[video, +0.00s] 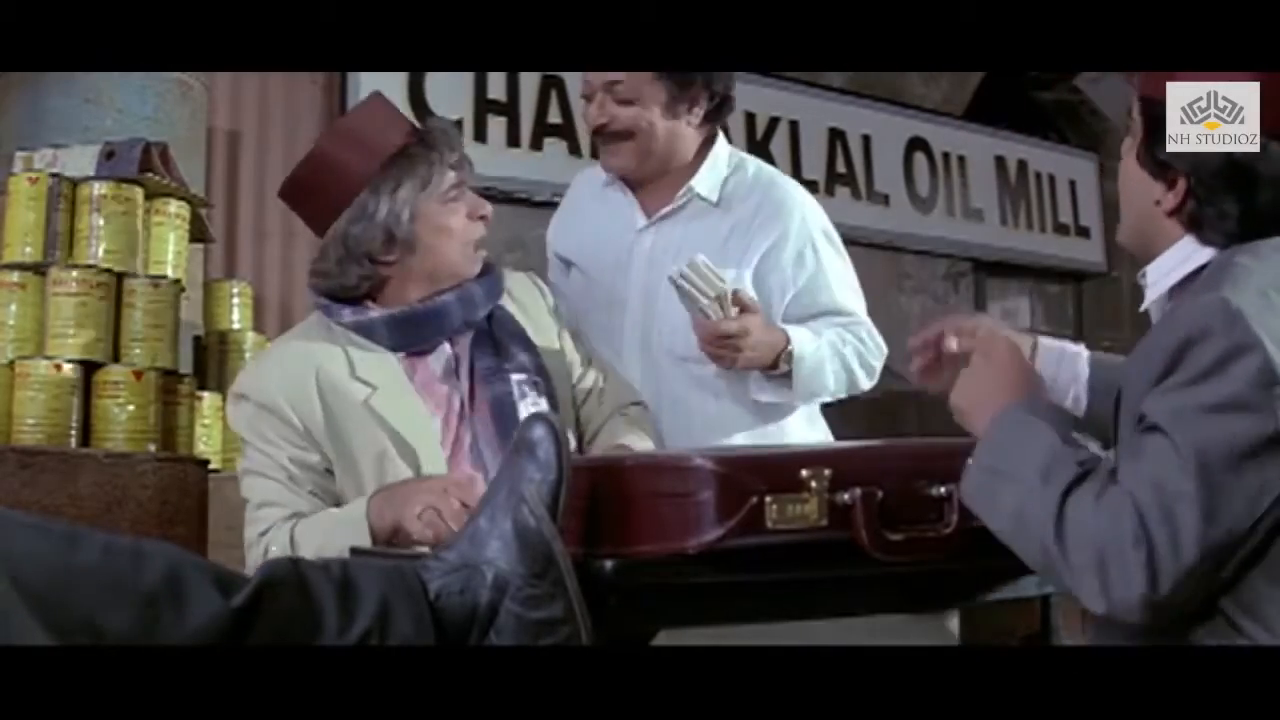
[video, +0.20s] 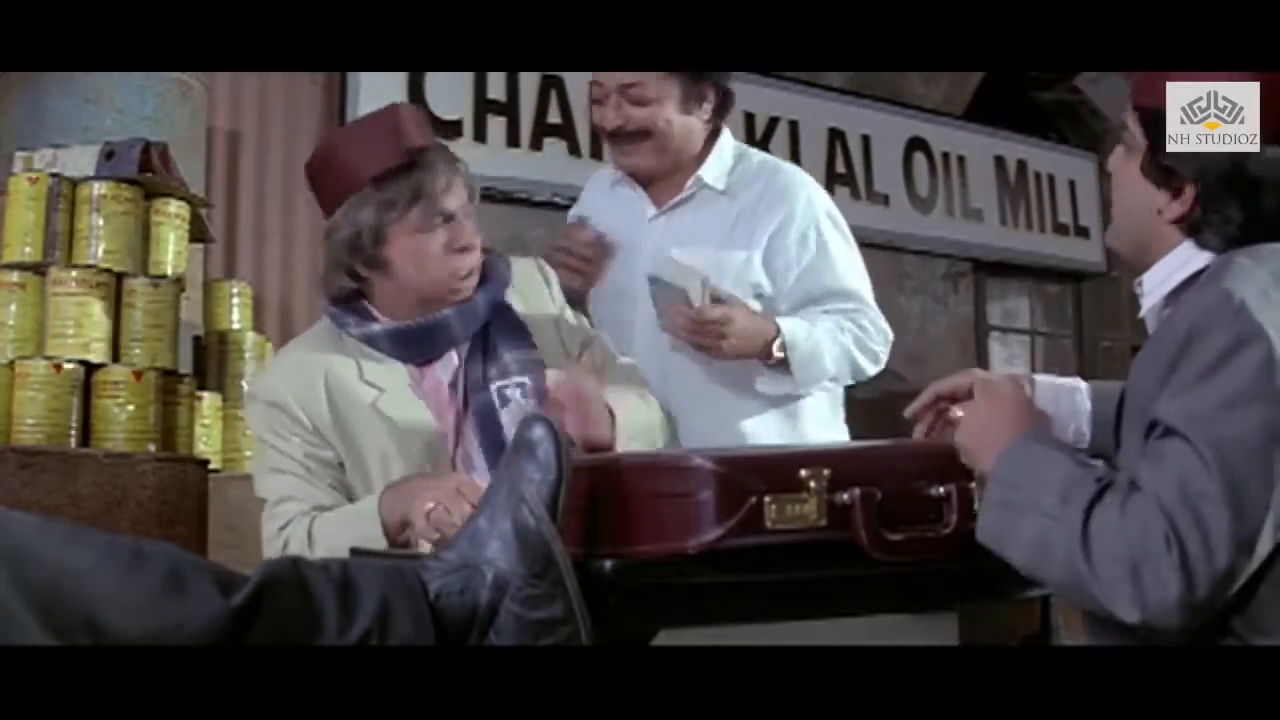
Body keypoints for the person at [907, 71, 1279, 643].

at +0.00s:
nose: (1120, 155)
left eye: (1131, 139)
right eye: (1129, 137)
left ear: (1171, 188)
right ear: (1172, 187)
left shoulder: (1236, 322)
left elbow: (1134, 562)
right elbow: (1182, 412)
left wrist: (1008, 420)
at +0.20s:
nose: (1109, 162)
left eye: (1126, 144)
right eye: (1121, 141)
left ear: (1177, 194)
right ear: (1175, 192)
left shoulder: (1239, 313)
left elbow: (1166, 568)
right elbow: (1190, 420)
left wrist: (1015, 455)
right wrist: (1037, 403)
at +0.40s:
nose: (1113, 171)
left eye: (1133, 151)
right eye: (1123, 148)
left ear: (1190, 193)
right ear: (1190, 195)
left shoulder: (1246, 313)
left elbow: (1168, 568)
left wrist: (1018, 458)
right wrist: (1040, 412)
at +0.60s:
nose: (1121, 160)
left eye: (1136, 141)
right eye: (1131, 138)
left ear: (1183, 190)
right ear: (1183, 187)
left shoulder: (1249, 317)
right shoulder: (1232, 298)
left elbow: (1168, 579)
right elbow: (1196, 427)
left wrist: (1020, 461)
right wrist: (1046, 415)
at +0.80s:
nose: (1124, 156)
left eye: (1138, 138)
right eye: (1133, 134)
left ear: (1186, 189)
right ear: (1186, 187)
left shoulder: (1251, 320)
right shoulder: (1236, 300)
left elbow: (1176, 589)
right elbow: (1205, 425)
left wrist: (1027, 471)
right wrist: (1052, 416)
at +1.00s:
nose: (1120, 159)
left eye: (1136, 140)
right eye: (1130, 137)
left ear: (1190, 191)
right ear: (1191, 190)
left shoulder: (1255, 321)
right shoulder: (1236, 302)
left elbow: (1173, 582)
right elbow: (1205, 420)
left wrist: (1032, 461)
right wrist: (1059, 412)